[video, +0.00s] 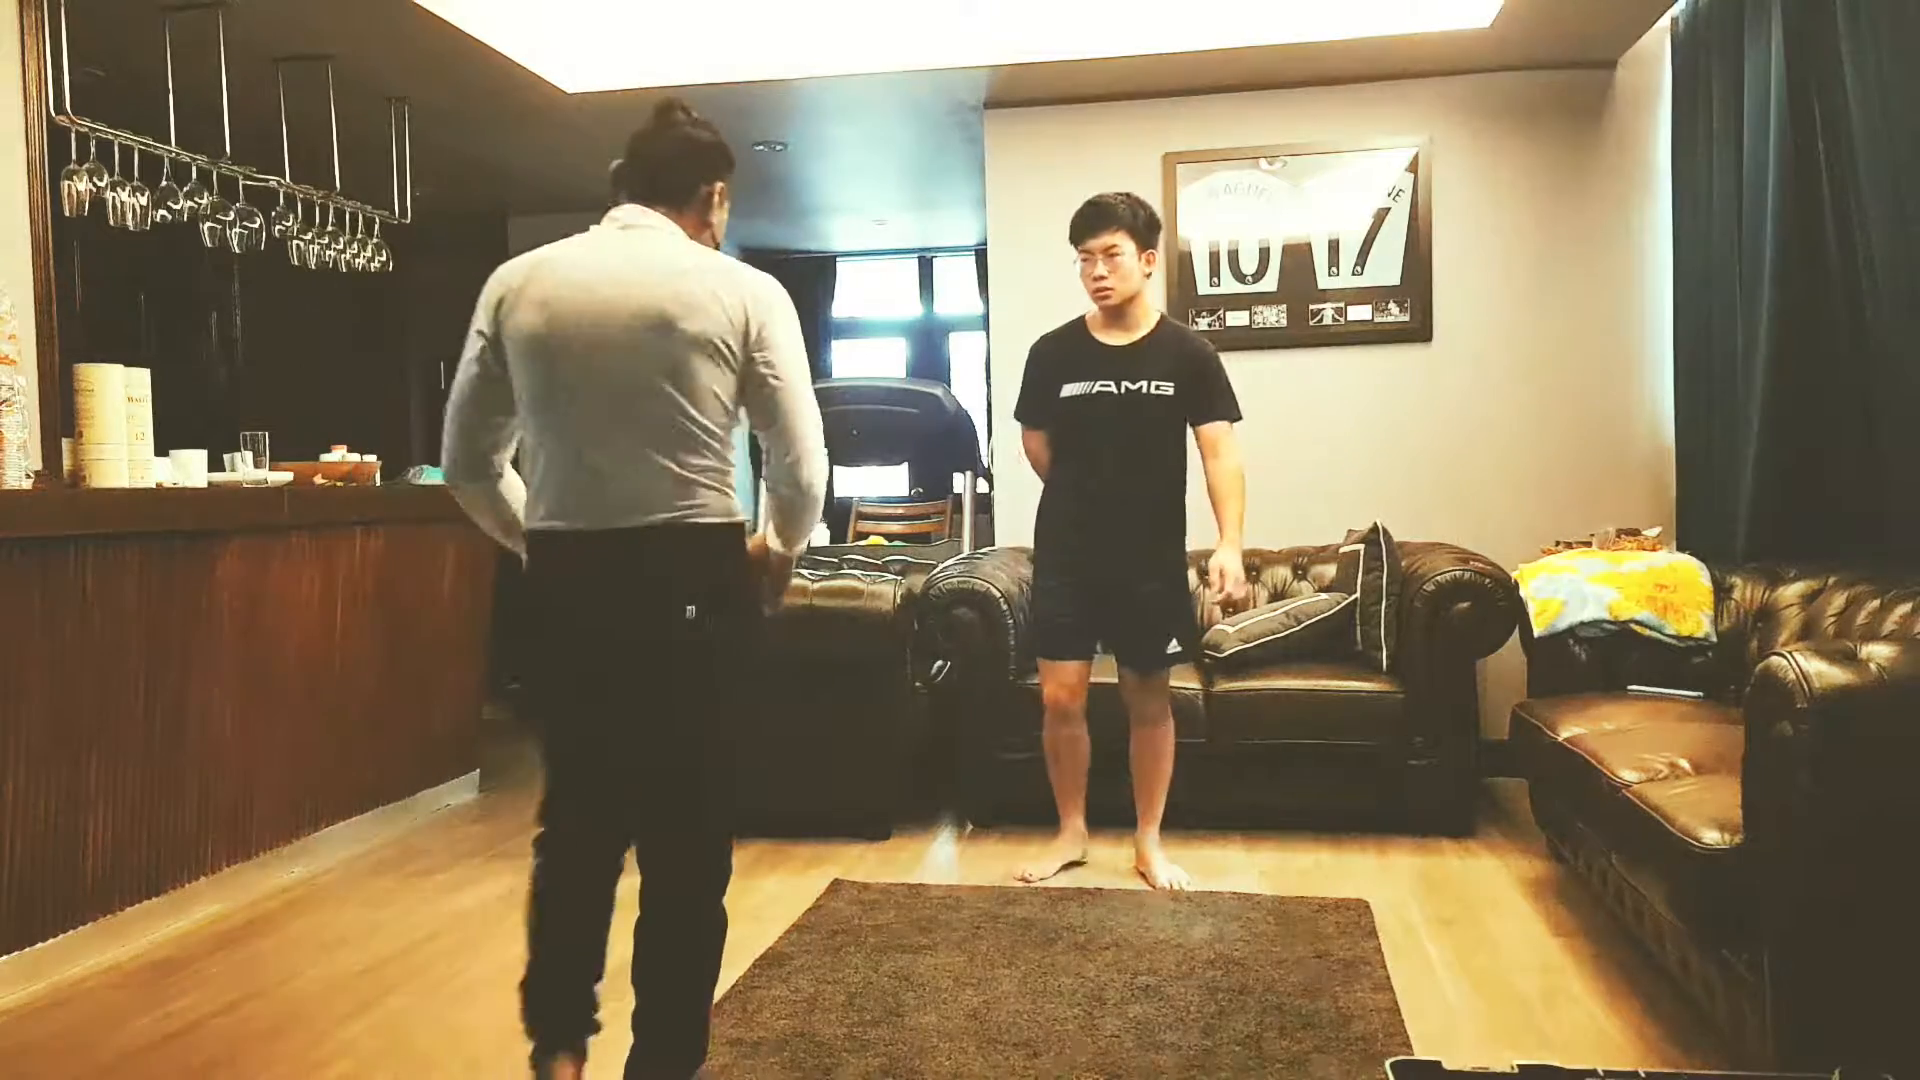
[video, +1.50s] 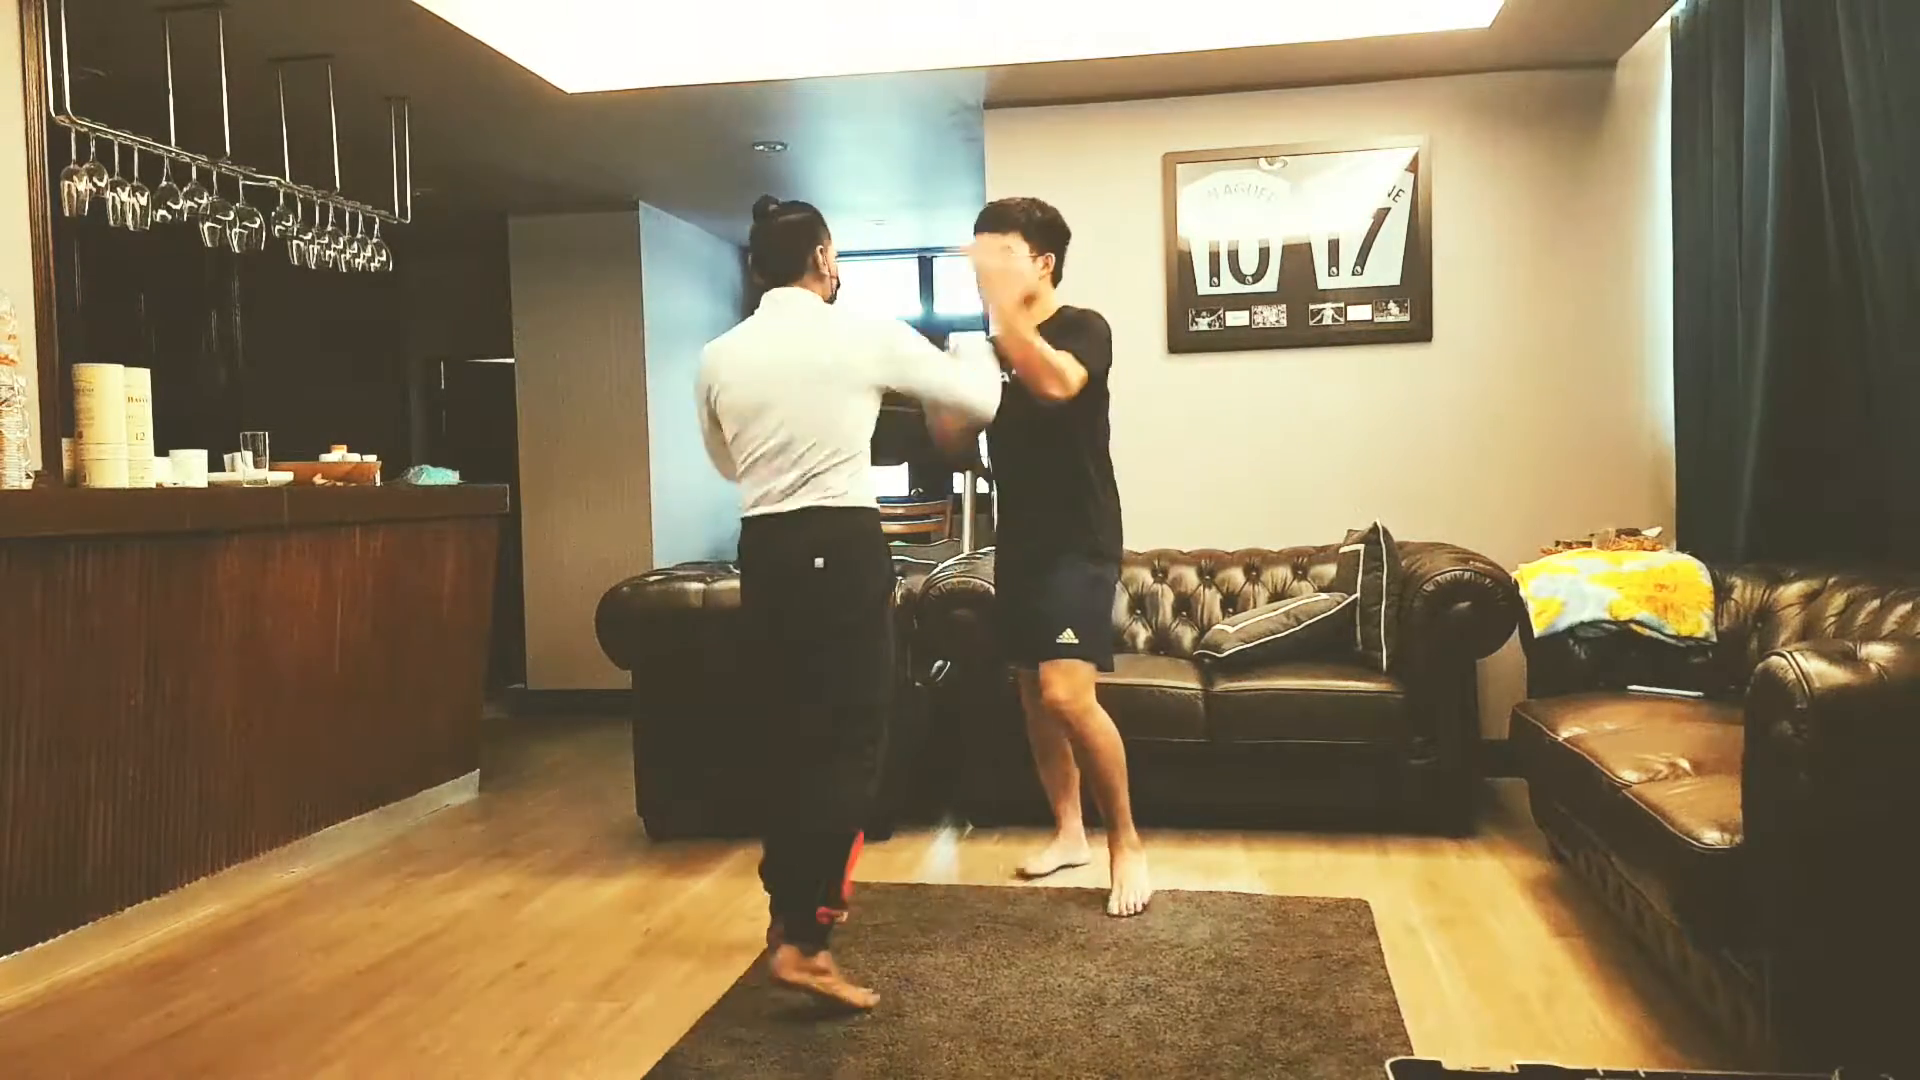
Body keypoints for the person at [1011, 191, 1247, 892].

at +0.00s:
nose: (1096, 271)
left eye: (1111, 255)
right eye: (1086, 258)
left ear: (1149, 259)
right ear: (1076, 265)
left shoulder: (1187, 355)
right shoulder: (1052, 353)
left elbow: (1220, 452)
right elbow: (1037, 446)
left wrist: (1229, 543)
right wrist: (1085, 490)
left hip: (1149, 555)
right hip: (1067, 555)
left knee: (1149, 704)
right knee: (1061, 698)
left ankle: (1148, 841)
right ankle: (1071, 835)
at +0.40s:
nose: (1035, 274)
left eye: (1049, 259)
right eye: (1026, 263)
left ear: (1090, 262)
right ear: (1022, 272)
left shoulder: (1135, 352)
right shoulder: (1015, 363)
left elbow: (1149, 464)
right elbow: (1022, 457)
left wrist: (1121, 561)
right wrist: (1073, 496)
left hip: (1108, 548)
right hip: (1038, 548)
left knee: (1118, 700)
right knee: (1048, 692)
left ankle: (1149, 842)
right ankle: (1070, 843)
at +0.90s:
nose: (995, 280)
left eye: (1010, 266)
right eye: (987, 269)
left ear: (1049, 270)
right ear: (982, 277)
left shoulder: (1086, 346)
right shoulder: (995, 368)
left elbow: (1098, 456)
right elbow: (996, 472)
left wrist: (1076, 557)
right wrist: (989, 565)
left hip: (1079, 550)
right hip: (1018, 551)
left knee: (1088, 701)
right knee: (1041, 698)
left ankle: (1124, 862)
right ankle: (1070, 842)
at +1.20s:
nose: (988, 278)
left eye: (1002, 264)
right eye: (979, 267)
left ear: (1041, 269)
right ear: (974, 276)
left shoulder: (1084, 346)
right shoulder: (985, 372)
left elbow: (1113, 447)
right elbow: (986, 467)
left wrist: (1062, 502)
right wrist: (969, 542)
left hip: (1076, 555)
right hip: (1012, 556)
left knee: (1084, 701)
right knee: (1038, 699)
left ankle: (1123, 859)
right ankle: (1070, 842)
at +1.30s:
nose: (987, 277)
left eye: (1002, 263)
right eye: (979, 266)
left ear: (1041, 267)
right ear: (975, 275)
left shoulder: (1087, 346)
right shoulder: (983, 370)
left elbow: (1111, 440)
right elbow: (985, 457)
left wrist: (1070, 419)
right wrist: (970, 514)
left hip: (1078, 553)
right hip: (1012, 554)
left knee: (1082, 699)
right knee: (1036, 694)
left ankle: (1124, 858)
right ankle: (1069, 842)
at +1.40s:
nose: (987, 275)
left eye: (1002, 261)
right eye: (980, 263)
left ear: (1043, 265)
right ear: (977, 273)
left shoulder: (1082, 340)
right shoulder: (984, 366)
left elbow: (1077, 429)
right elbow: (976, 453)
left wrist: (1070, 331)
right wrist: (972, 463)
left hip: (1075, 542)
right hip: (1013, 546)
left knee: (1076, 696)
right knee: (1037, 696)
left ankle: (1123, 853)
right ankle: (1069, 841)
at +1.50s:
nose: (983, 273)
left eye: (995, 259)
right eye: (980, 261)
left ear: (1041, 262)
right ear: (1002, 269)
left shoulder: (1083, 327)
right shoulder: (1000, 349)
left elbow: (1059, 381)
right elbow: (955, 447)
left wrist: (997, 301)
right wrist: (945, 394)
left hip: (1078, 537)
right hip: (1020, 537)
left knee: (1069, 696)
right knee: (1035, 694)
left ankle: (1126, 847)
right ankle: (1070, 838)